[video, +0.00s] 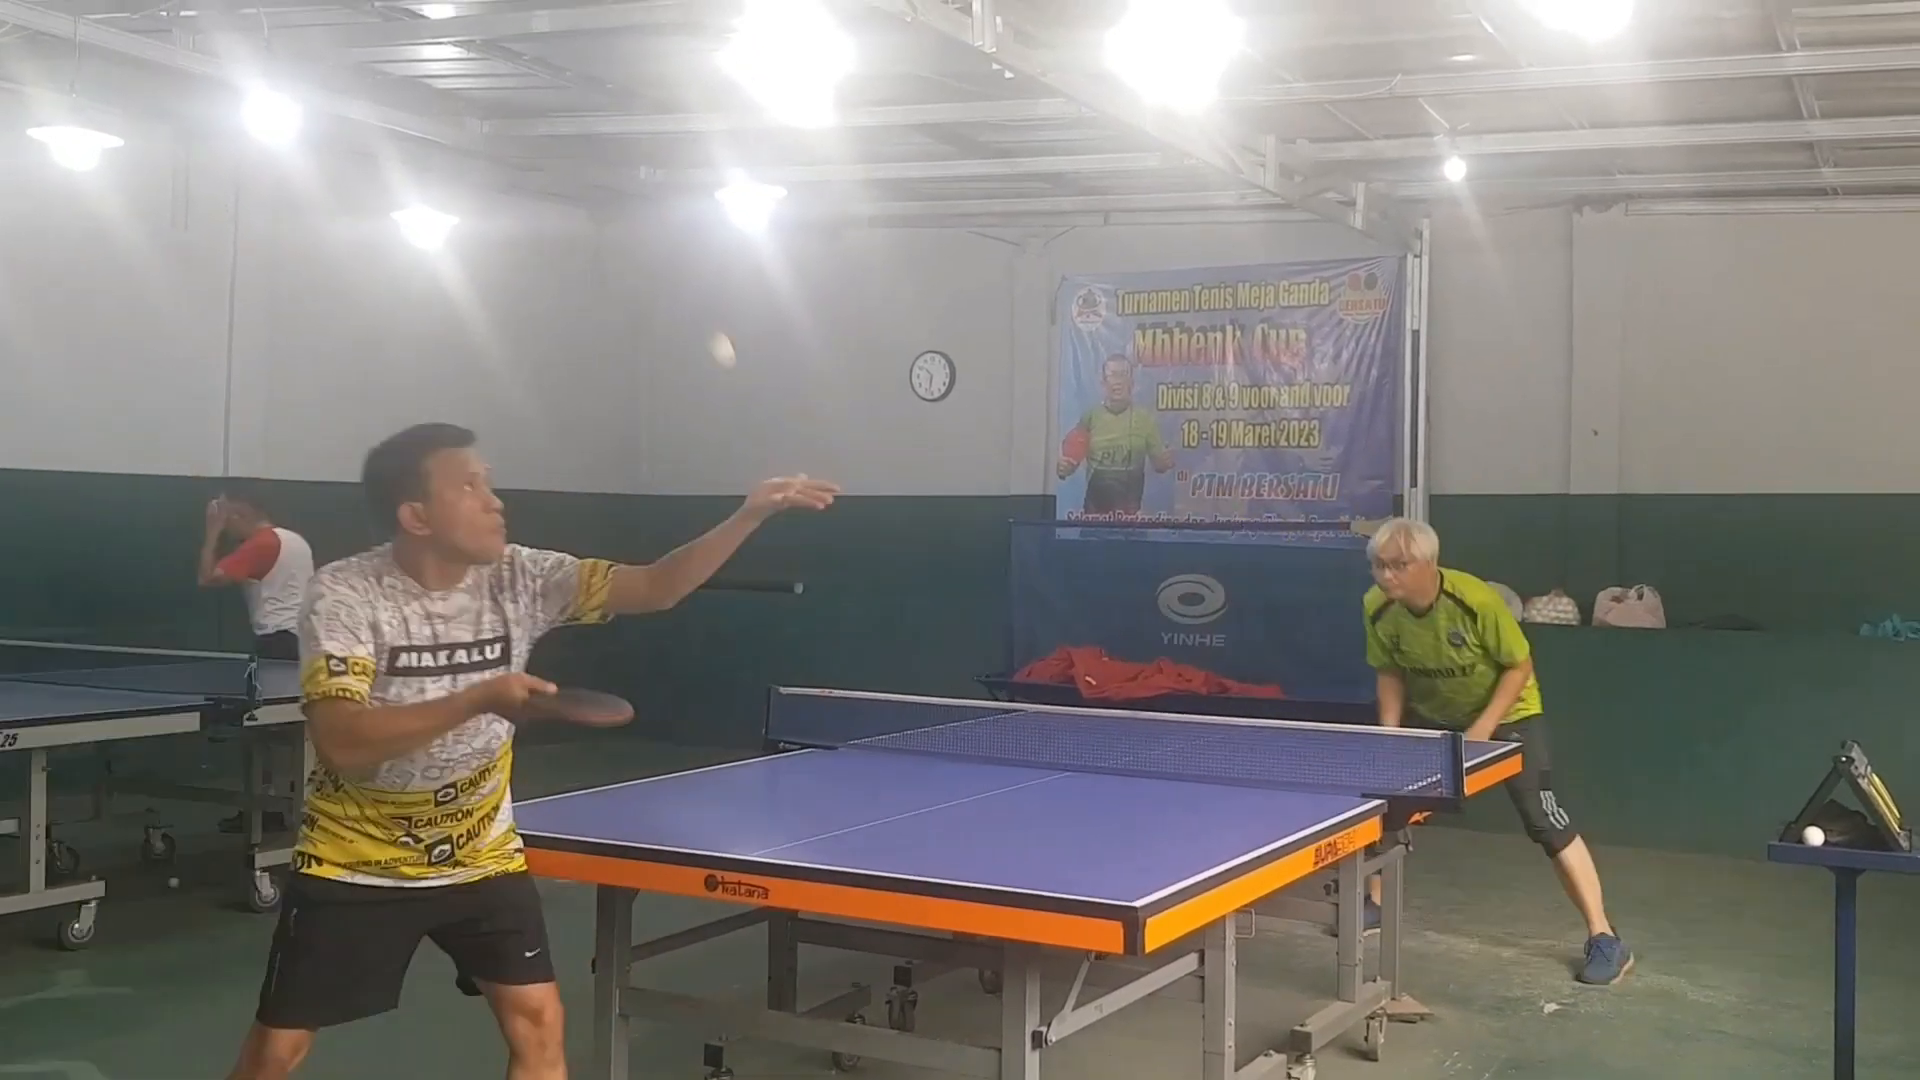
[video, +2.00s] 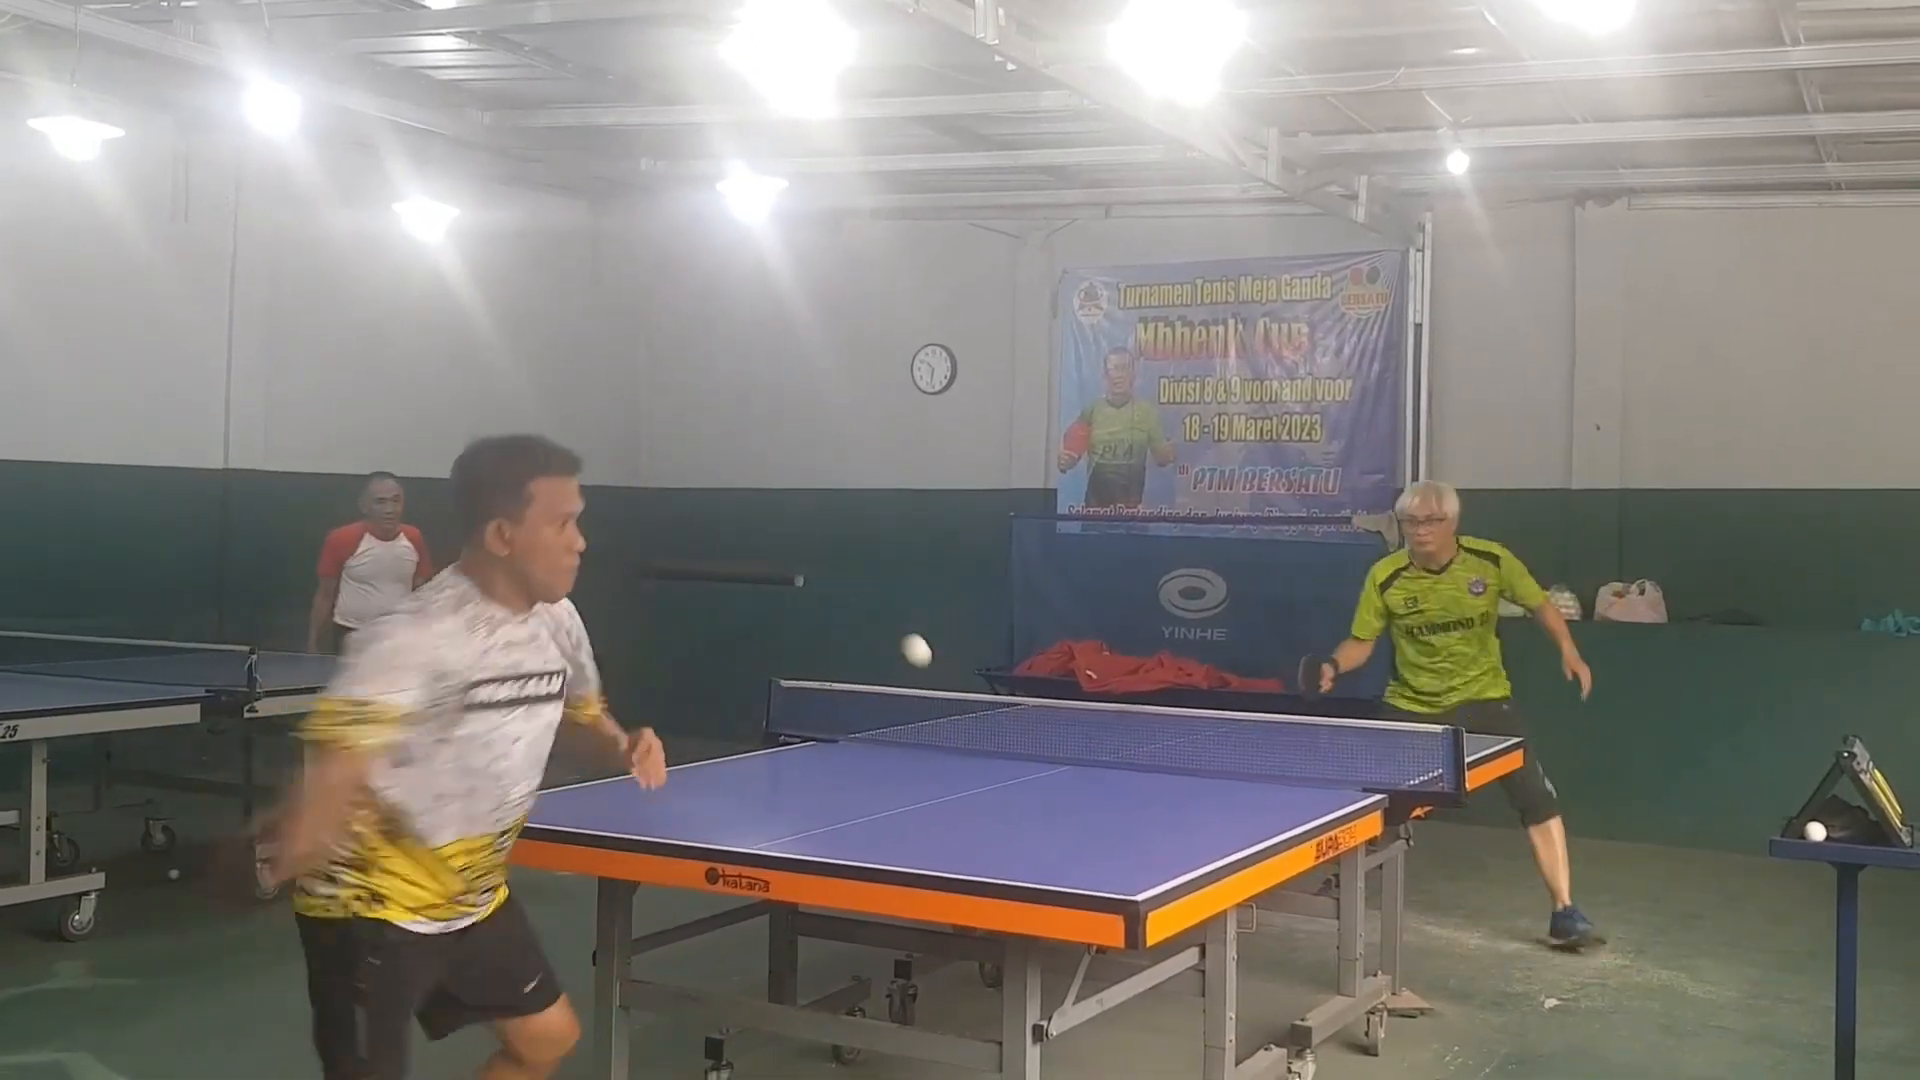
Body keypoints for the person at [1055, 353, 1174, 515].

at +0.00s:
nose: (1116, 383)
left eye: (1122, 375)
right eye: (1111, 376)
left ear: (1131, 381)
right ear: (1103, 381)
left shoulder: (1144, 419)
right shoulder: (1092, 417)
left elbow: (1158, 463)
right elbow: (1074, 451)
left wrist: (1165, 461)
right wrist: (1064, 467)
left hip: (1129, 504)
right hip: (1096, 504)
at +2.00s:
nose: (1118, 376)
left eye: (1124, 369)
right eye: (1112, 369)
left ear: (1133, 374)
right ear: (1105, 374)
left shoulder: (1146, 412)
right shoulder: (1092, 412)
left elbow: (1160, 456)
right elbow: (1075, 444)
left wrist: (1167, 454)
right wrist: (1065, 460)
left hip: (1131, 499)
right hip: (1097, 500)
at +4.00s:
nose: (1116, 382)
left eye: (1122, 375)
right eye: (1111, 375)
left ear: (1131, 380)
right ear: (1103, 381)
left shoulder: (1144, 418)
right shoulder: (1090, 418)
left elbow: (1157, 462)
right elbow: (1074, 450)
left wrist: (1164, 460)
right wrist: (1064, 466)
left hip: (1129, 505)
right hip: (1095, 506)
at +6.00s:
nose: (1117, 382)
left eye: (1123, 375)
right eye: (1111, 375)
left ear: (1132, 380)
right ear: (1102, 380)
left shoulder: (1145, 418)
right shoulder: (1091, 417)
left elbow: (1158, 462)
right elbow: (1074, 450)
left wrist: (1165, 460)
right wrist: (1064, 466)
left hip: (1131, 506)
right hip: (1096, 506)